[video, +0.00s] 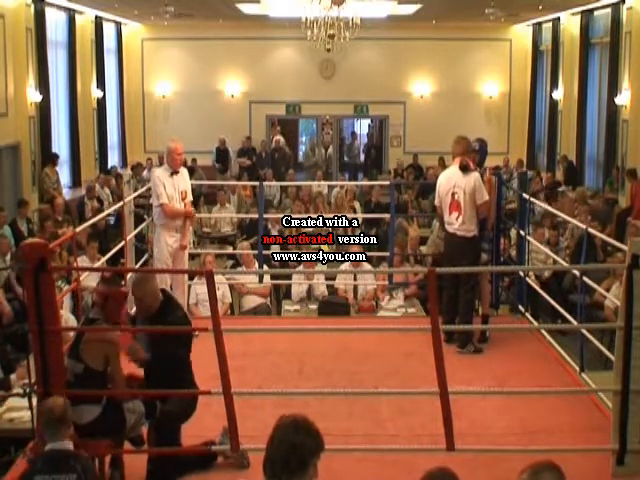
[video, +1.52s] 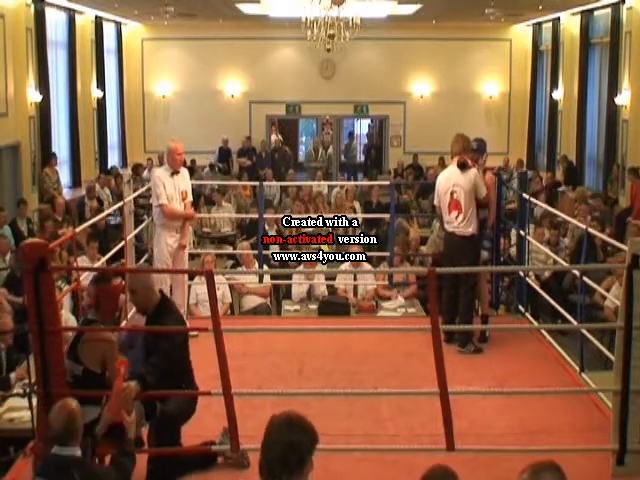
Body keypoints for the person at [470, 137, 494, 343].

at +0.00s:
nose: (472, 159)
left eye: (475, 155)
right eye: (471, 154)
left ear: (480, 155)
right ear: (473, 154)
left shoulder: (489, 178)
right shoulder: (465, 176)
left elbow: (491, 205)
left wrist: (490, 225)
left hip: (484, 231)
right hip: (468, 231)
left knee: (484, 275)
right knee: (467, 277)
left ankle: (484, 321)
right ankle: (463, 320)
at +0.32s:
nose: (474, 157)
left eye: (477, 153)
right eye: (472, 152)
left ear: (483, 155)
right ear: (467, 153)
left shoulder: (489, 178)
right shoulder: (463, 175)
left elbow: (491, 206)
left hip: (484, 231)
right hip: (467, 231)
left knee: (485, 275)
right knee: (466, 277)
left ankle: (484, 321)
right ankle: (463, 321)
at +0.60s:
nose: (473, 157)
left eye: (477, 153)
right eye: (471, 152)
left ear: (483, 155)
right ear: (467, 153)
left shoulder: (489, 179)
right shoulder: (463, 176)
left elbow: (491, 207)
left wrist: (491, 227)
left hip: (484, 231)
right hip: (466, 231)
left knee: (484, 276)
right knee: (466, 277)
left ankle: (484, 321)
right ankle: (463, 321)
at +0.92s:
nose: (474, 157)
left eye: (477, 153)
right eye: (472, 152)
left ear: (484, 155)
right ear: (467, 153)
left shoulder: (489, 179)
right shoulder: (462, 176)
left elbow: (492, 205)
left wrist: (491, 227)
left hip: (483, 230)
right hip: (465, 230)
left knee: (484, 275)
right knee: (465, 277)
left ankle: (484, 321)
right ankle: (461, 321)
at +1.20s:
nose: (473, 157)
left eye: (476, 153)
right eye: (471, 152)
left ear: (482, 154)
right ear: (469, 153)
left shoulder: (488, 177)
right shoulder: (464, 174)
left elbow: (492, 203)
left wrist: (490, 227)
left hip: (483, 229)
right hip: (466, 228)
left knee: (483, 276)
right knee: (466, 276)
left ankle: (484, 321)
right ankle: (463, 320)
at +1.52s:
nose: (472, 160)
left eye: (475, 155)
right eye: (471, 155)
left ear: (482, 155)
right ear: (470, 154)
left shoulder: (489, 178)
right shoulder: (465, 175)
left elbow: (492, 204)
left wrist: (490, 227)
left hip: (483, 229)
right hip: (467, 228)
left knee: (483, 275)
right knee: (468, 276)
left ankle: (484, 320)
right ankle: (465, 319)